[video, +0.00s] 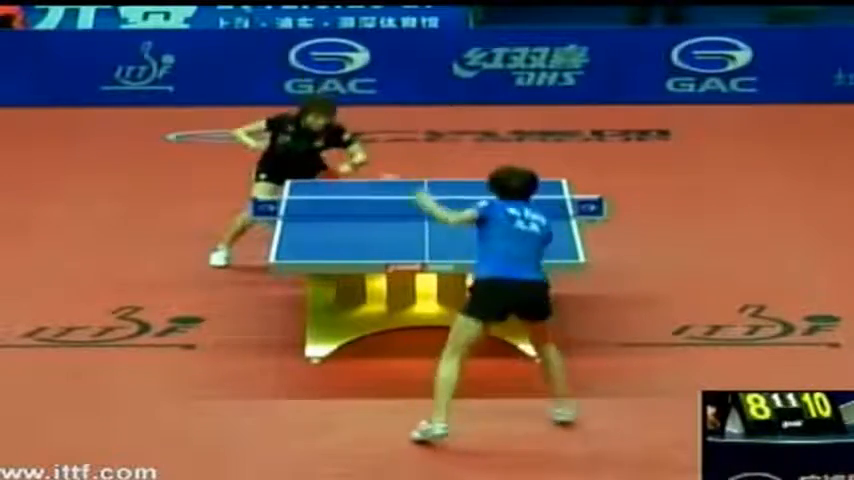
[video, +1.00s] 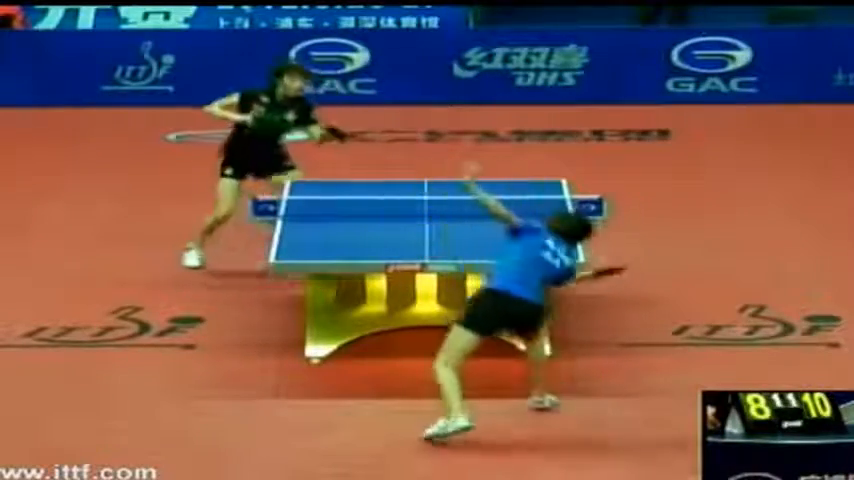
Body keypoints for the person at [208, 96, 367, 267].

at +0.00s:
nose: (318, 124)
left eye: (323, 120)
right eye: (315, 118)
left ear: (329, 120)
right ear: (306, 115)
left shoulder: (332, 131)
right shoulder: (284, 123)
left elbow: (361, 155)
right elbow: (239, 132)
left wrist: (350, 165)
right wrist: (252, 143)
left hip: (306, 176)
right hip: (273, 172)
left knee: (316, 213)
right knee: (259, 210)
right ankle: (224, 247)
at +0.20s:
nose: (313, 131)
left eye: (317, 126)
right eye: (309, 126)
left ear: (324, 121)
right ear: (302, 119)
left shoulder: (330, 131)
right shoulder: (284, 125)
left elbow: (360, 153)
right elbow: (245, 130)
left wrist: (344, 152)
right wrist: (240, 138)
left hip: (311, 177)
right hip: (276, 175)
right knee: (259, 210)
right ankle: (224, 247)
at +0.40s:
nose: (317, 109)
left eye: (321, 104)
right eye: (312, 105)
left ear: (327, 104)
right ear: (303, 106)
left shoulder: (334, 118)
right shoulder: (290, 111)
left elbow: (362, 141)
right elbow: (254, 111)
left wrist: (355, 136)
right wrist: (247, 118)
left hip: (321, 160)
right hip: (288, 158)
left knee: (337, 204)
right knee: (260, 206)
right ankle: (225, 246)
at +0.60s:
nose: (324, 88)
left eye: (328, 83)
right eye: (319, 82)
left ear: (334, 84)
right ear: (309, 82)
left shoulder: (339, 104)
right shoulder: (294, 92)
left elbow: (362, 126)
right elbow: (263, 103)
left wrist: (361, 132)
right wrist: (251, 120)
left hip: (315, 150)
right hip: (281, 148)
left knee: (342, 196)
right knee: (258, 201)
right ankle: (221, 243)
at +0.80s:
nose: (313, 99)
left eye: (317, 95)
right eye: (309, 93)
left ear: (323, 97)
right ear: (298, 93)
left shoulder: (325, 118)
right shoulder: (279, 107)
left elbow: (340, 138)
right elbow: (249, 121)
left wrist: (341, 146)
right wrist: (243, 133)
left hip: (304, 165)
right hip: (269, 163)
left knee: (328, 202)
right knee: (247, 211)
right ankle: (205, 250)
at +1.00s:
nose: (299, 85)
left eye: (301, 81)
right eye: (294, 79)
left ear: (303, 84)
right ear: (281, 80)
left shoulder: (301, 108)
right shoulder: (255, 98)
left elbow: (316, 135)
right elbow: (212, 108)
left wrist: (328, 134)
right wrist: (240, 118)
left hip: (270, 153)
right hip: (239, 153)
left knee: (298, 190)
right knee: (226, 209)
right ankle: (196, 247)